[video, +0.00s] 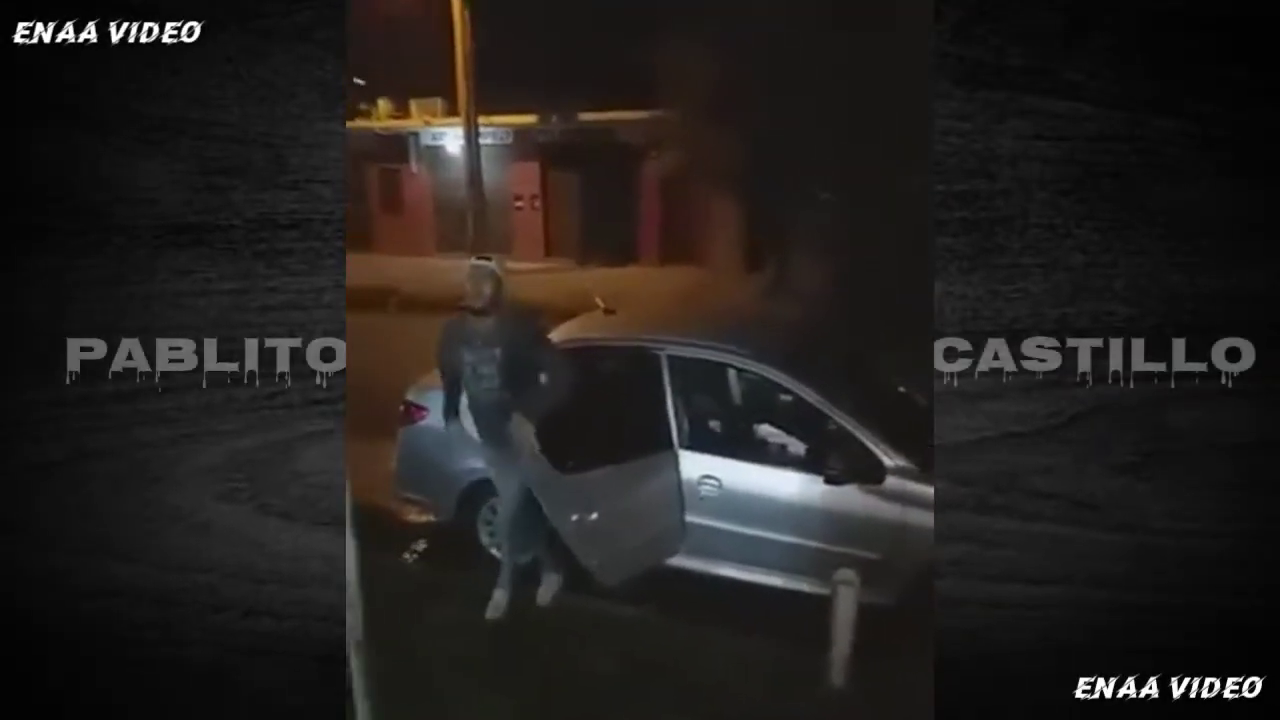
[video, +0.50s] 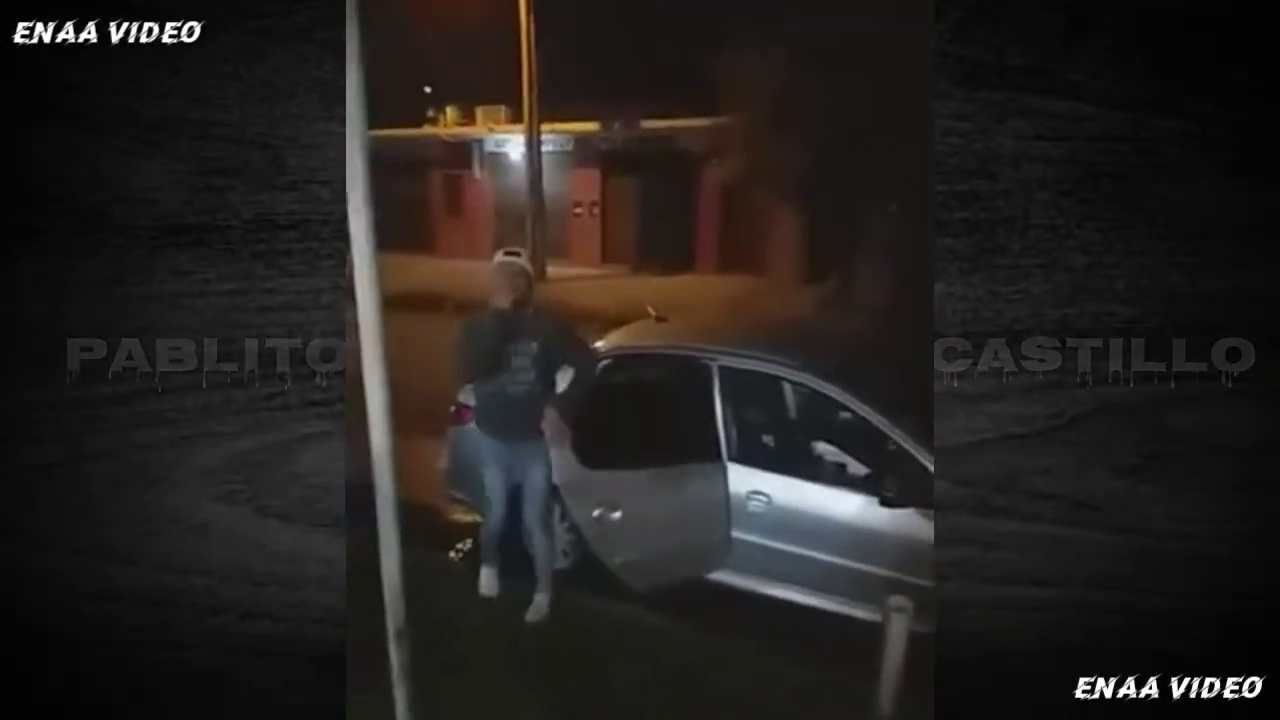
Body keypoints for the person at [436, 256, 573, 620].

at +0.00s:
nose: (477, 291)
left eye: (484, 284)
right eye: (472, 284)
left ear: (496, 286)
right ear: (466, 288)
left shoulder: (518, 325)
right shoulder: (456, 329)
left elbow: (559, 372)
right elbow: (450, 373)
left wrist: (531, 412)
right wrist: (451, 414)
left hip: (518, 422)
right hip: (483, 423)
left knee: (509, 505)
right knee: (515, 499)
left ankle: (503, 586)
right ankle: (550, 568)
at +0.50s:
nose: (505, 285)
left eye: (512, 277)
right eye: (500, 276)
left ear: (526, 283)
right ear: (492, 282)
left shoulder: (544, 326)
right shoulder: (478, 327)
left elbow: (586, 363)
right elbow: (469, 372)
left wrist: (562, 409)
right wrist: (496, 324)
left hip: (534, 435)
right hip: (492, 434)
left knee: (535, 520)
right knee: (496, 513)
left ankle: (543, 587)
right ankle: (488, 564)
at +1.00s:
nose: (521, 305)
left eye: (522, 297)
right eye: (514, 298)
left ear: (520, 300)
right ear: (491, 303)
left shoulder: (527, 335)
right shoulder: (469, 334)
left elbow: (552, 372)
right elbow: (470, 388)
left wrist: (548, 413)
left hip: (510, 444)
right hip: (468, 445)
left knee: (517, 522)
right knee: (476, 522)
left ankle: (520, 587)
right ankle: (480, 580)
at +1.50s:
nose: (574, 361)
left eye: (578, 355)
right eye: (571, 353)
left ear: (578, 355)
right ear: (556, 351)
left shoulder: (563, 382)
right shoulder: (526, 373)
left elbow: (558, 427)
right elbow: (534, 435)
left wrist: (578, 387)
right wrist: (567, 397)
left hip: (528, 452)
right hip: (488, 446)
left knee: (541, 515)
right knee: (504, 514)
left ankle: (537, 581)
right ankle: (498, 571)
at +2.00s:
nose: (580, 333)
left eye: (584, 325)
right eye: (572, 326)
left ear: (589, 324)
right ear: (555, 326)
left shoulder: (586, 347)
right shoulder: (530, 350)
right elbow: (521, 408)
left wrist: (596, 398)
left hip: (545, 428)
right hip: (503, 427)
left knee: (555, 492)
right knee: (538, 491)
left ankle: (544, 557)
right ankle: (531, 558)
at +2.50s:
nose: (530, 277)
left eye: (537, 267)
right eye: (522, 268)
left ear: (555, 269)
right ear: (512, 273)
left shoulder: (582, 309)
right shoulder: (500, 316)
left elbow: (608, 372)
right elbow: (499, 376)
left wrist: (607, 425)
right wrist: (508, 421)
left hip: (560, 419)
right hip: (513, 420)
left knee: (542, 483)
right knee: (564, 503)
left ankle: (531, 532)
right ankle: (570, 598)